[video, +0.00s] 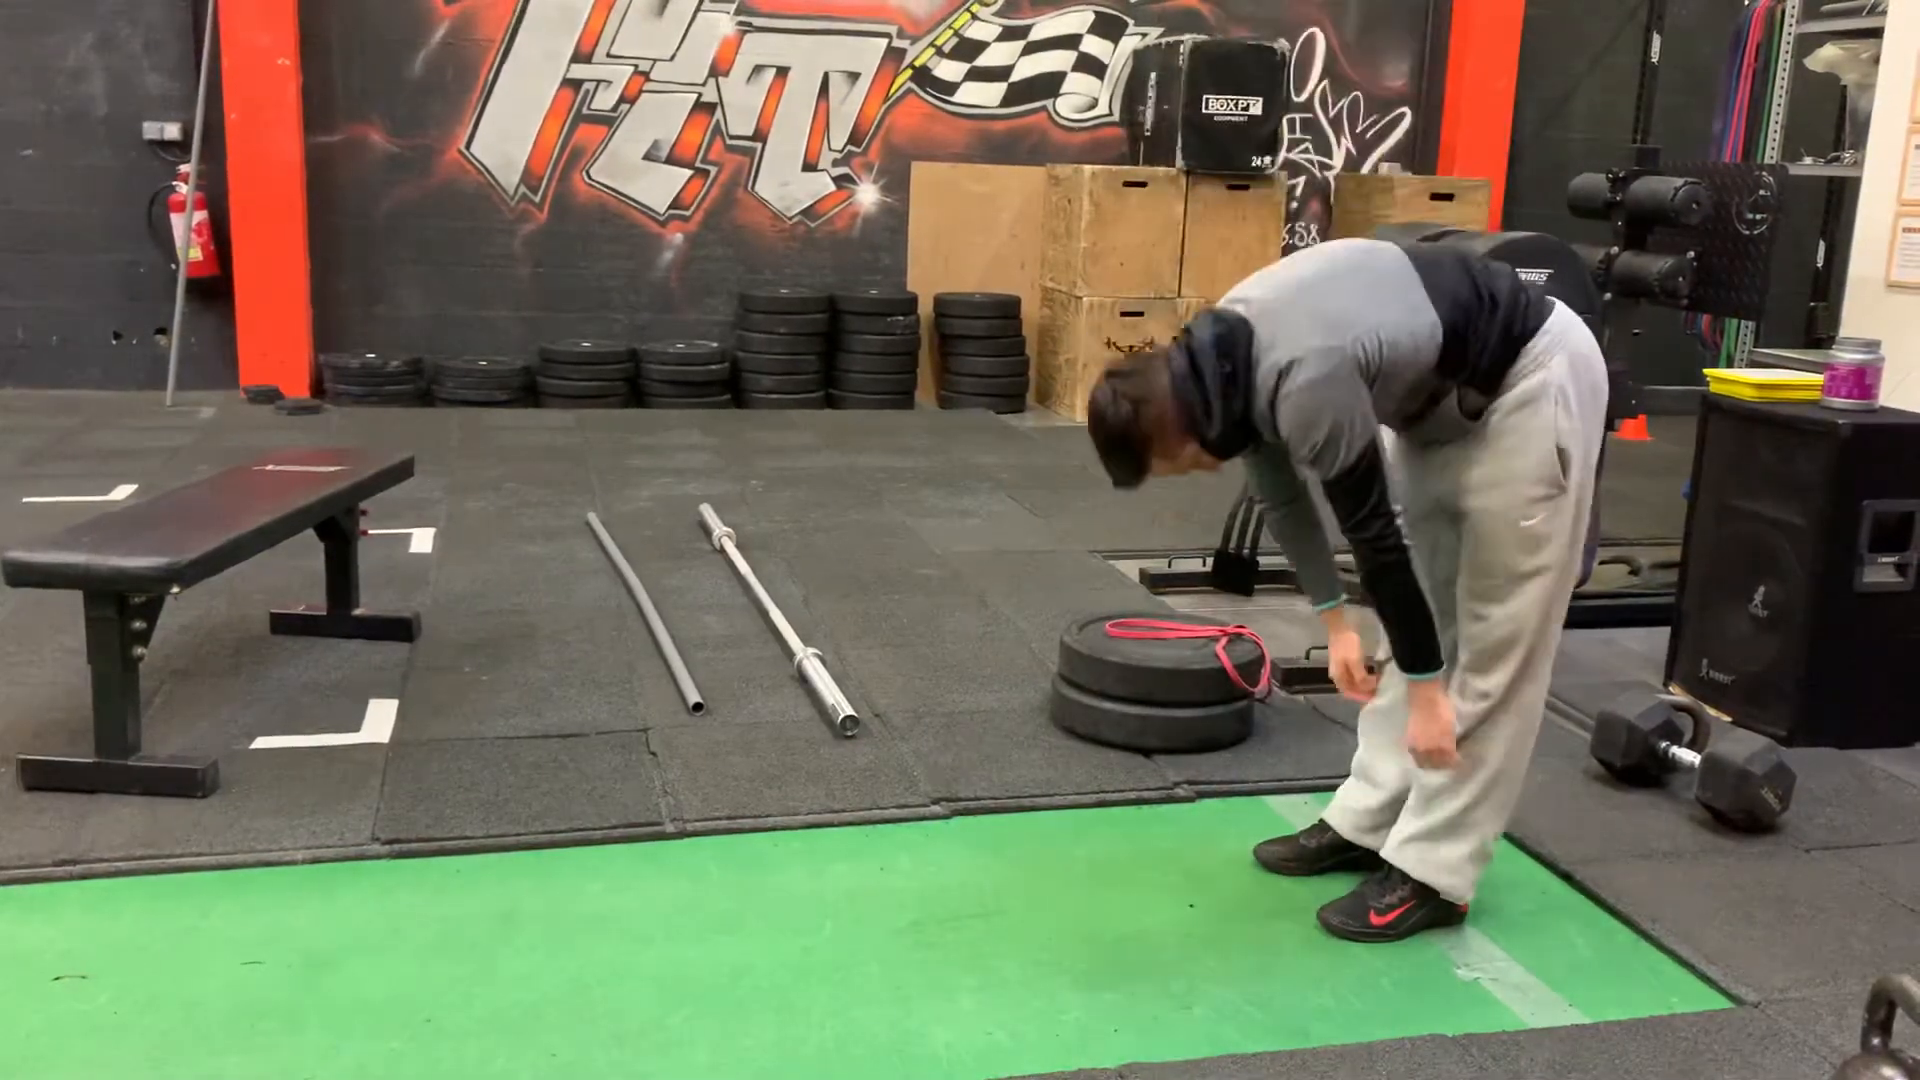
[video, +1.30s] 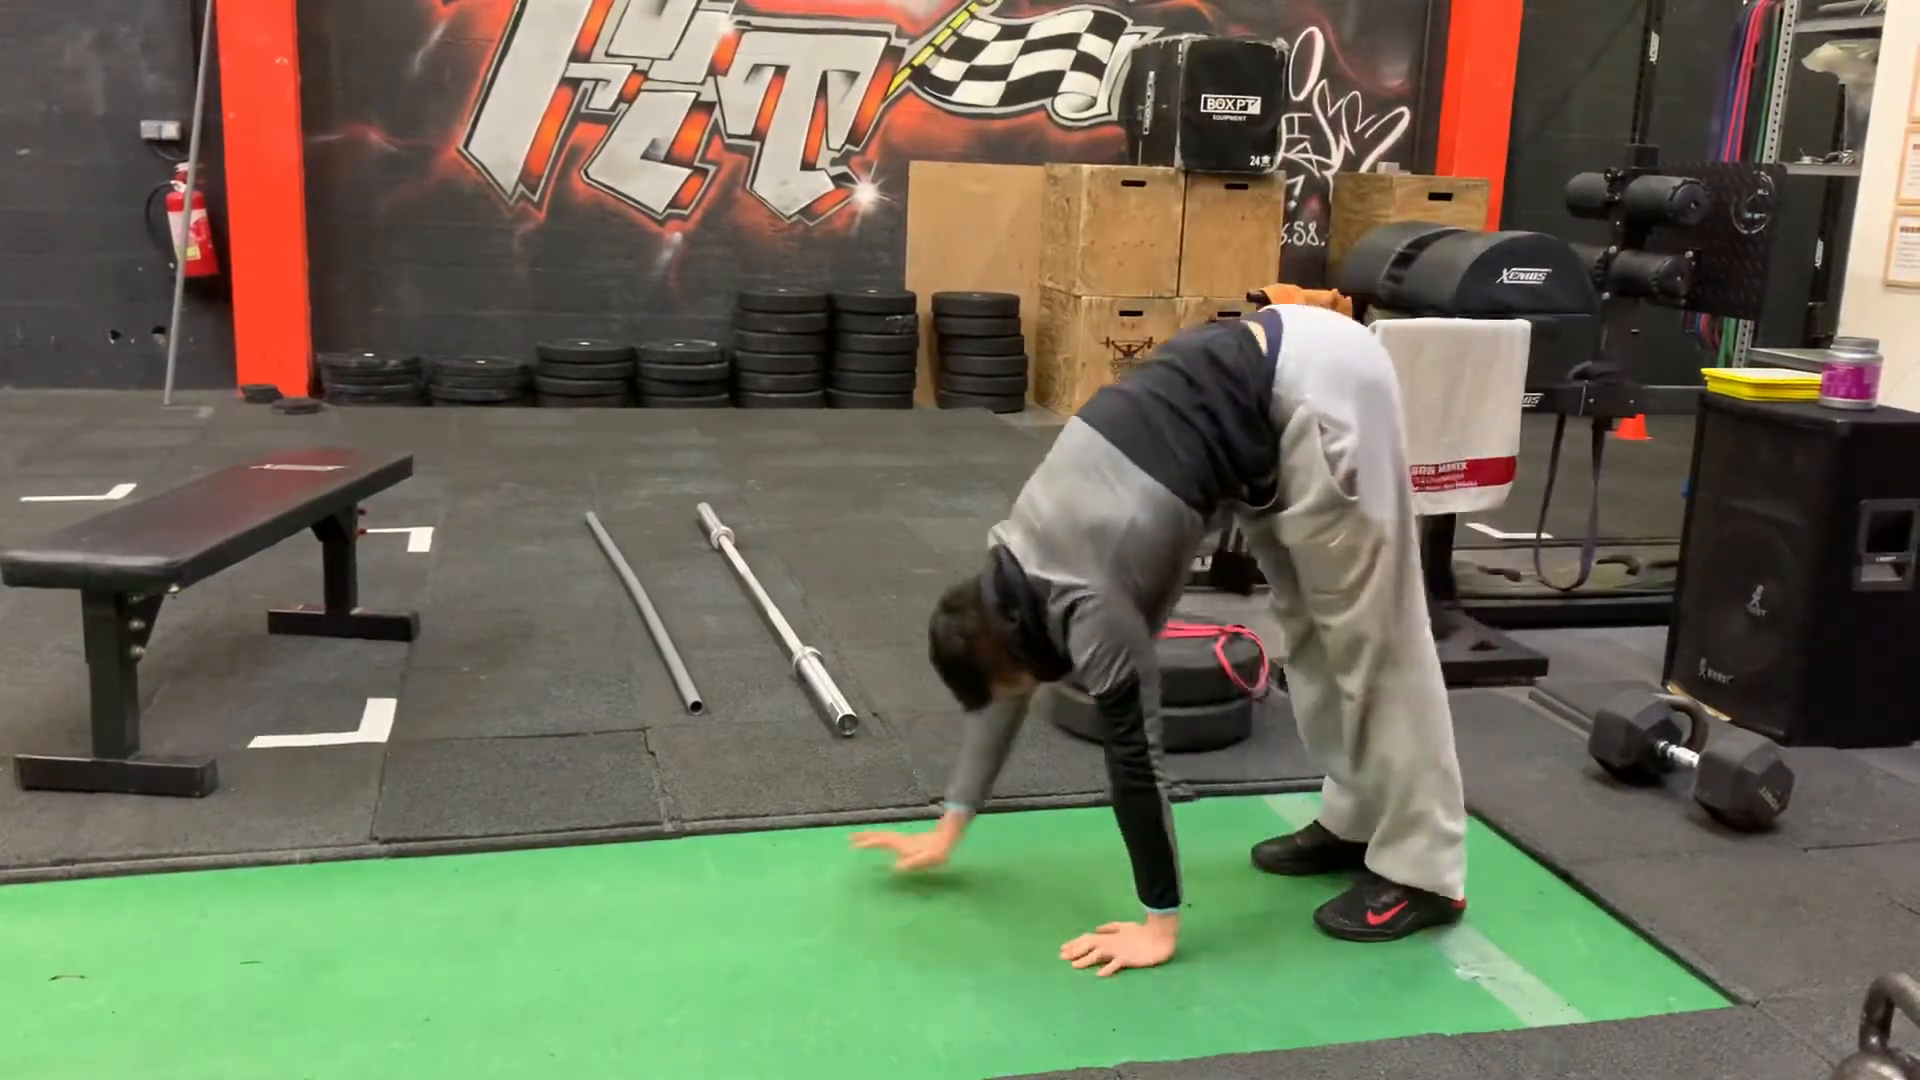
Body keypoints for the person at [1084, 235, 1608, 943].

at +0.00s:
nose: (1183, 471)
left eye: (1171, 459)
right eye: (1167, 467)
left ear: (1181, 419)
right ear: (1165, 405)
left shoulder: (1308, 376)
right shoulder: (1215, 366)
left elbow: (1376, 539)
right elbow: (1286, 503)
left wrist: (1428, 688)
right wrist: (1338, 624)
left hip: (1532, 377)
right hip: (1424, 396)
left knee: (1495, 634)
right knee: (1402, 612)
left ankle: (1435, 871)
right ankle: (1369, 819)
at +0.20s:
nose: (1193, 536)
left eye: (1182, 527)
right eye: (1177, 534)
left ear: (1181, 487)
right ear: (1165, 473)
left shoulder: (1286, 447)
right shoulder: (1201, 418)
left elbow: (1344, 610)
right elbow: (1258, 565)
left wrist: (1384, 769)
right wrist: (1301, 689)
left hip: (1530, 377)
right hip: (1432, 395)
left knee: (1489, 637)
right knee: (1410, 616)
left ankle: (1439, 871)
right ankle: (1362, 826)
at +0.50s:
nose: (1184, 626)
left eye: (1177, 617)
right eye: (1173, 625)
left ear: (1177, 571)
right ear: (1151, 551)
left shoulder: (1257, 523)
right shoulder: (1180, 488)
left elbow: (1286, 697)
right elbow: (1212, 641)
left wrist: (1295, 866)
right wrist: (1225, 788)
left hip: (1505, 371)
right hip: (1413, 376)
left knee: (1475, 644)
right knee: (1398, 628)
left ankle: (1436, 871)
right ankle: (1365, 826)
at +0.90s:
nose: (1186, 683)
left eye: (1177, 678)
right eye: (1177, 685)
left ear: (1157, 637)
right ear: (1138, 620)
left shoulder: (1217, 586)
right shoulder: (1155, 562)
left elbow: (1258, 743)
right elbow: (1208, 699)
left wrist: (1246, 909)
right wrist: (1223, 837)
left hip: (1445, 365)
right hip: (1364, 366)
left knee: (1442, 632)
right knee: (1368, 624)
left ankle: (1430, 871)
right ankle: (1364, 819)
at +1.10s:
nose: (1125, 697)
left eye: (1108, 690)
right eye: (1113, 695)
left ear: (1088, 653)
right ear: (1080, 629)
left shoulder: (1159, 599)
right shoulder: (1103, 560)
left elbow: (1176, 759)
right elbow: (1175, 693)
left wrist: (1165, 925)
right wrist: (1187, 825)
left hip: (1390, 369)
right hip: (1317, 374)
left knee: (1415, 631)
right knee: (1346, 625)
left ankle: (1428, 870)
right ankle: (1363, 821)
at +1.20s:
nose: (1073, 700)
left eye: (1064, 693)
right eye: (1062, 700)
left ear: (1056, 649)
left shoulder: (1128, 600)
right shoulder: (1058, 565)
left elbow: (1153, 761)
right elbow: (1095, 688)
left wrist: (1161, 923)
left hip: (1360, 370)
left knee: (1393, 632)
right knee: (1329, 629)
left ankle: (1429, 871)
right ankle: (1358, 819)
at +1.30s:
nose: (1018, 696)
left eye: (1009, 685)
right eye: (1002, 694)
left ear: (1009, 647)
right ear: (986, 630)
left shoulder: (1094, 611)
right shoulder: (1005, 568)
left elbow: (1133, 766)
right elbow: (1002, 702)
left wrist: (1159, 920)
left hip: (1319, 379)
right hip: (1248, 382)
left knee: (1373, 636)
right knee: (1311, 630)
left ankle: (1425, 871)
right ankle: (1358, 821)